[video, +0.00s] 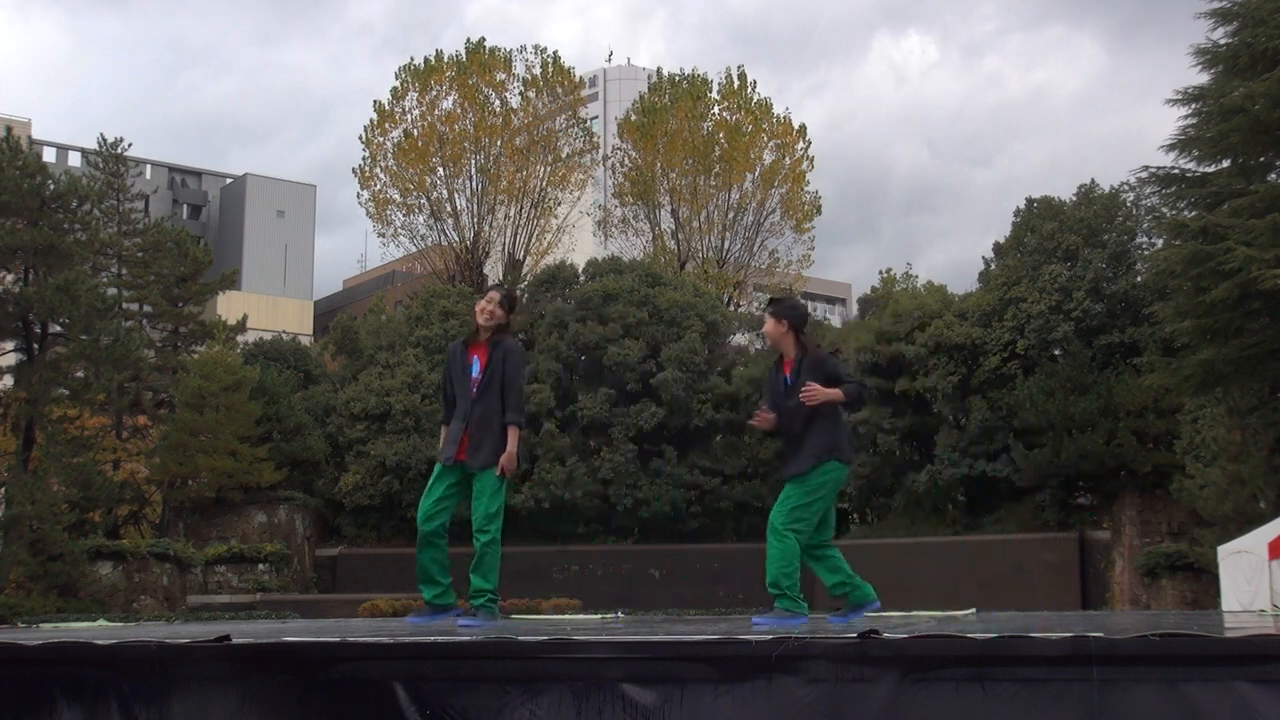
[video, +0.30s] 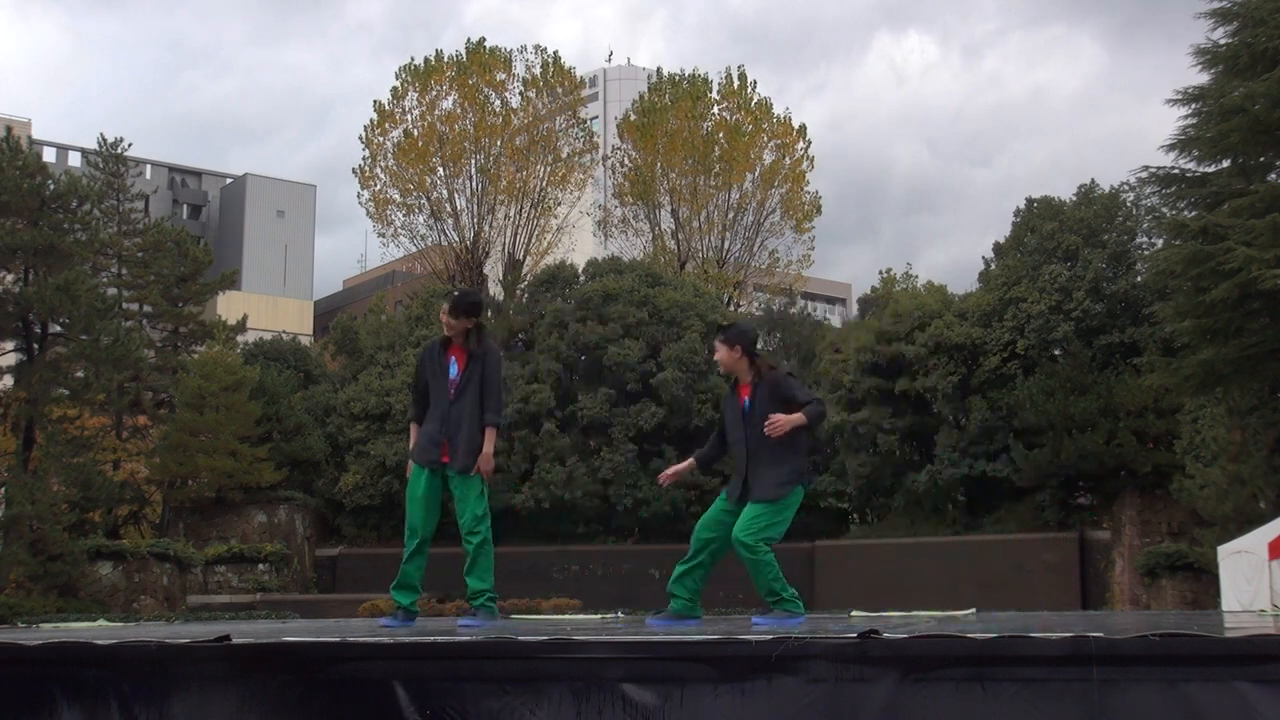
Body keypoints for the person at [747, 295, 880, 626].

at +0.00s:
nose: (763, 328)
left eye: (767, 322)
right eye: (764, 322)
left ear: (785, 326)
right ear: (784, 327)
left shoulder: (817, 361)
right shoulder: (777, 372)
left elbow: (859, 393)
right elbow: (785, 421)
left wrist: (831, 394)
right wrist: (772, 422)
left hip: (827, 457)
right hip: (806, 460)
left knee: (782, 523)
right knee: (815, 541)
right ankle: (861, 598)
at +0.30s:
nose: (714, 358)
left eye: (718, 351)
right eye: (715, 351)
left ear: (738, 352)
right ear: (737, 353)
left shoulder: (777, 382)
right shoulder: (732, 396)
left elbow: (817, 408)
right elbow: (721, 442)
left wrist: (794, 420)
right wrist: (686, 466)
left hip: (780, 484)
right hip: (744, 484)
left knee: (746, 536)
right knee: (706, 532)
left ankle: (788, 608)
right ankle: (684, 606)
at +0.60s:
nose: (706, 332)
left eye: (711, 325)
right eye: (705, 326)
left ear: (733, 325)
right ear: (722, 328)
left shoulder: (765, 359)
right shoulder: (719, 371)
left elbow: (799, 379)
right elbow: (689, 398)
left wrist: (809, 393)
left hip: (784, 462)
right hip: (747, 465)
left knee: (766, 528)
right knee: (735, 528)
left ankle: (788, 607)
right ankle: (738, 607)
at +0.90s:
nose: (740, 323)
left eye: (746, 316)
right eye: (735, 317)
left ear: (765, 315)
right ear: (731, 320)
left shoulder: (787, 355)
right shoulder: (722, 354)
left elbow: (821, 388)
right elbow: (687, 369)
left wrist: (858, 406)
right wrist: (674, 357)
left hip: (777, 458)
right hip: (736, 458)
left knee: (773, 528)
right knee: (740, 533)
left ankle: (784, 605)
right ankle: (752, 604)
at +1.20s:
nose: (738, 360)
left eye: (743, 352)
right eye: (734, 354)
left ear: (761, 344)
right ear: (729, 352)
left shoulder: (788, 376)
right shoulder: (724, 377)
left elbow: (800, 420)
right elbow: (691, 405)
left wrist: (811, 457)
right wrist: (684, 391)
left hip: (775, 474)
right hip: (734, 473)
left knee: (753, 537)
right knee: (704, 526)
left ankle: (785, 608)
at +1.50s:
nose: (732, 342)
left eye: (737, 334)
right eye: (727, 336)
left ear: (754, 326)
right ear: (725, 335)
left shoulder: (782, 353)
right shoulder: (724, 359)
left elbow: (807, 373)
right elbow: (706, 393)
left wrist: (824, 381)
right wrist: (690, 408)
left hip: (780, 459)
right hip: (744, 460)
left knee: (770, 528)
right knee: (756, 531)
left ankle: (785, 605)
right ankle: (786, 598)